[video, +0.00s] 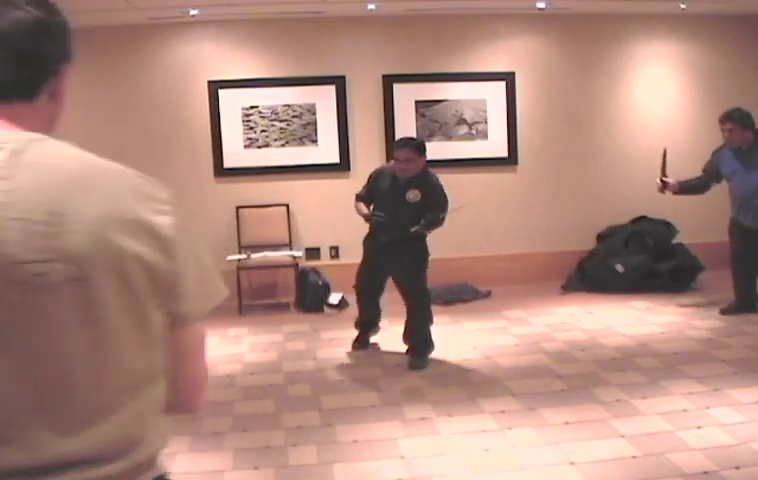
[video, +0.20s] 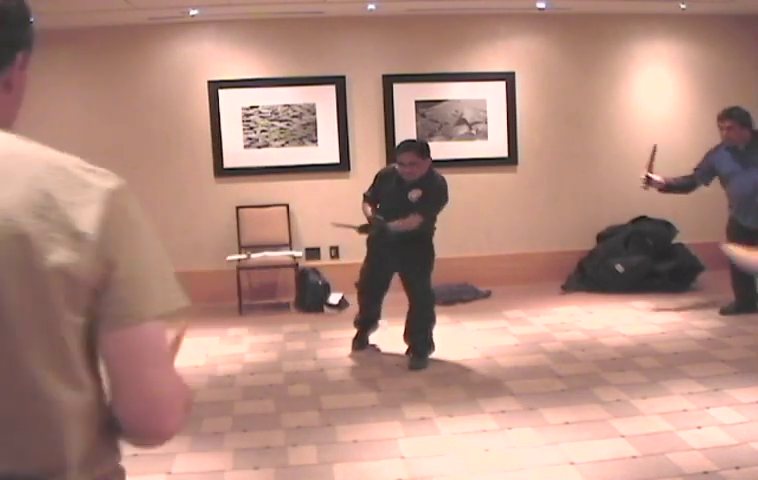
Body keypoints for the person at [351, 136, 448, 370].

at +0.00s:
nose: (401, 165)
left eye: (408, 161)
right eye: (397, 160)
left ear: (422, 161)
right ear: (392, 159)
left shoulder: (429, 183)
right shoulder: (381, 176)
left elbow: (438, 214)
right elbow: (361, 200)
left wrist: (422, 226)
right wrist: (366, 213)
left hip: (409, 246)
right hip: (378, 245)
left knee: (417, 299)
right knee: (365, 289)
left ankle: (419, 349)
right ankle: (366, 329)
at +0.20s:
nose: (406, 170)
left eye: (412, 164)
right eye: (402, 164)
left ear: (427, 163)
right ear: (396, 162)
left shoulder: (436, 185)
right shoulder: (386, 176)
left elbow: (418, 219)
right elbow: (368, 201)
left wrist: (388, 227)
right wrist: (373, 217)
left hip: (415, 245)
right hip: (382, 243)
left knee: (420, 297)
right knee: (368, 288)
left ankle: (419, 349)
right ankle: (364, 327)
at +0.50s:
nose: (405, 174)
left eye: (411, 168)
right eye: (400, 168)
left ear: (426, 166)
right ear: (395, 165)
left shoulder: (438, 188)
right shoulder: (385, 179)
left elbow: (435, 227)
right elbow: (367, 203)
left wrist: (409, 247)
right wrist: (372, 222)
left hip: (418, 246)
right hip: (383, 242)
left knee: (421, 298)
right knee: (369, 291)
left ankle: (418, 350)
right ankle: (362, 329)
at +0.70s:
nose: (405, 169)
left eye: (411, 163)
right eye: (400, 163)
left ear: (424, 161)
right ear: (394, 162)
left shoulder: (437, 185)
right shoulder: (383, 179)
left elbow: (453, 223)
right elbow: (361, 209)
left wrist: (438, 254)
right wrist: (367, 243)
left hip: (420, 249)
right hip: (384, 248)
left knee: (423, 302)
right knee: (369, 294)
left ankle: (419, 350)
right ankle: (362, 329)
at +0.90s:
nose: (402, 165)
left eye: (407, 159)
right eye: (396, 160)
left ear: (419, 158)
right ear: (389, 160)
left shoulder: (431, 181)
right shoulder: (377, 179)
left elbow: (459, 211)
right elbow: (347, 207)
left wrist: (457, 241)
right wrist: (339, 242)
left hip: (419, 248)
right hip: (383, 249)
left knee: (423, 301)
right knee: (378, 299)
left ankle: (420, 351)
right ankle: (374, 344)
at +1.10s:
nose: (395, 166)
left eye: (400, 160)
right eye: (389, 161)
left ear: (408, 158)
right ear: (378, 162)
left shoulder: (420, 179)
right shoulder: (366, 180)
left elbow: (447, 205)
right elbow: (335, 212)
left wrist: (441, 226)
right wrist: (327, 243)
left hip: (415, 249)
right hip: (380, 250)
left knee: (421, 300)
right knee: (382, 301)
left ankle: (421, 350)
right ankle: (380, 350)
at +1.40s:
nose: (392, 169)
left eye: (397, 163)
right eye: (386, 164)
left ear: (403, 159)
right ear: (373, 163)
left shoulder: (412, 177)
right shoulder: (358, 182)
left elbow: (428, 204)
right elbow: (328, 215)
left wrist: (409, 217)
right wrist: (324, 246)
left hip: (407, 244)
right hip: (375, 247)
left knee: (419, 296)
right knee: (380, 301)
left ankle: (422, 346)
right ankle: (380, 350)